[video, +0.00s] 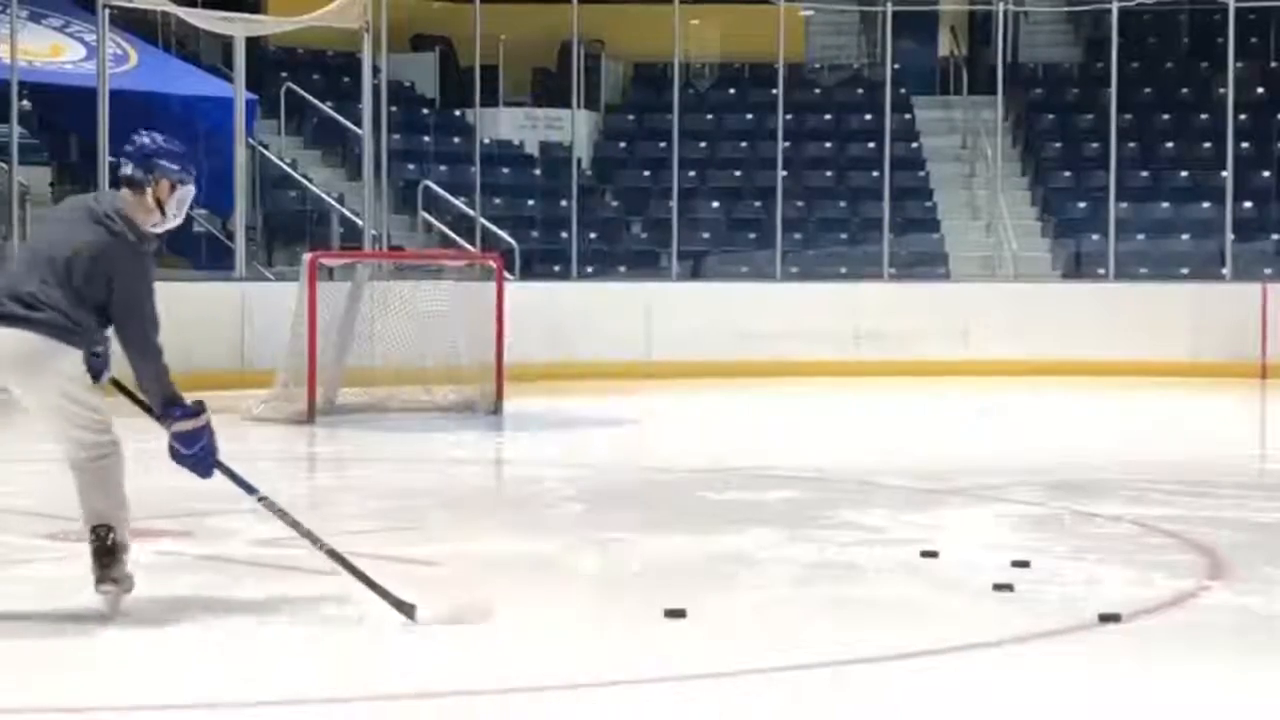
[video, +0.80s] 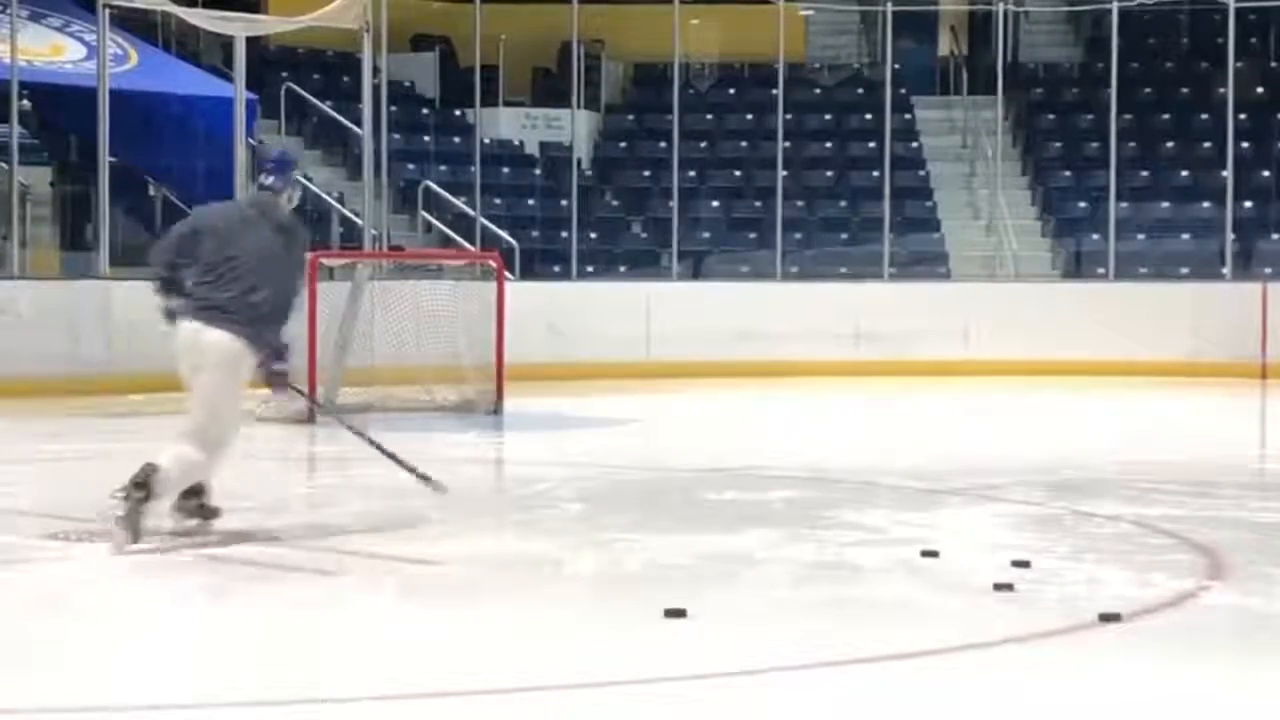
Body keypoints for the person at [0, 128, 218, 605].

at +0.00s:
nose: (176, 205)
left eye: (181, 194)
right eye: (173, 190)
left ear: (128, 179)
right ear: (150, 185)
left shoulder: (71, 208)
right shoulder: (127, 248)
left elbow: (60, 278)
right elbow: (140, 341)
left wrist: (93, 340)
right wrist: (172, 409)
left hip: (6, 326)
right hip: (40, 340)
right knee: (93, 443)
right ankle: (109, 552)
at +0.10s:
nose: (189, 210)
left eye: (193, 199)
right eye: (188, 197)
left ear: (142, 182)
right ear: (172, 191)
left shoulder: (94, 209)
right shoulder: (137, 248)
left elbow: (69, 274)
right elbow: (154, 342)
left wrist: (104, 336)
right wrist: (187, 409)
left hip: (8, 320)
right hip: (48, 335)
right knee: (102, 438)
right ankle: (118, 548)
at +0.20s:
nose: (197, 214)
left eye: (202, 203)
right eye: (197, 201)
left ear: (154, 185)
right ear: (181, 196)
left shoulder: (106, 214)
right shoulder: (151, 253)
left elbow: (85, 275)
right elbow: (166, 339)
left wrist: (117, 332)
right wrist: (197, 402)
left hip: (9, 314)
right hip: (58, 331)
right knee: (109, 431)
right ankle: (129, 541)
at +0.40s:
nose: (217, 219)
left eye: (220, 208)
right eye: (218, 207)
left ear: (171, 190)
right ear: (206, 202)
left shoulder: (125, 210)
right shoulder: (177, 251)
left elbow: (75, 241)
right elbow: (146, 327)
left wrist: (82, 296)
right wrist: (149, 385)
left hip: (45, 318)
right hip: (100, 338)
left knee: (22, 433)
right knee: (114, 441)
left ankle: (0, 521)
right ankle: (132, 510)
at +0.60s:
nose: (239, 228)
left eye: (240, 220)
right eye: (239, 220)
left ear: (203, 203)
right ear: (231, 217)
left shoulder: (162, 219)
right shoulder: (227, 255)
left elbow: (102, 241)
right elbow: (204, 299)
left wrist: (125, 280)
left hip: (103, 329)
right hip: (147, 348)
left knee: (108, 421)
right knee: (138, 449)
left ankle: (97, 483)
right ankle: (106, 508)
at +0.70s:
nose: (268, 217)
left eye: (267, 209)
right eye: (268, 210)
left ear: (227, 199)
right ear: (261, 210)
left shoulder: (187, 220)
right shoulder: (259, 249)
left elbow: (129, 249)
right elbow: (230, 295)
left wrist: (133, 283)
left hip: (142, 334)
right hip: (185, 348)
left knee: (157, 424)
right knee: (160, 453)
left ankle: (148, 501)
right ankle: (107, 494)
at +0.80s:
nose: (293, 200)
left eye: (292, 192)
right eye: (293, 193)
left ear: (255, 183)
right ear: (287, 193)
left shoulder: (212, 214)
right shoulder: (290, 233)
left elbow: (162, 255)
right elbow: (277, 302)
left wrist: (172, 296)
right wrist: (274, 357)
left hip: (188, 329)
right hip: (230, 342)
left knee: (213, 421)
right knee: (205, 436)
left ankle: (193, 492)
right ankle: (150, 484)